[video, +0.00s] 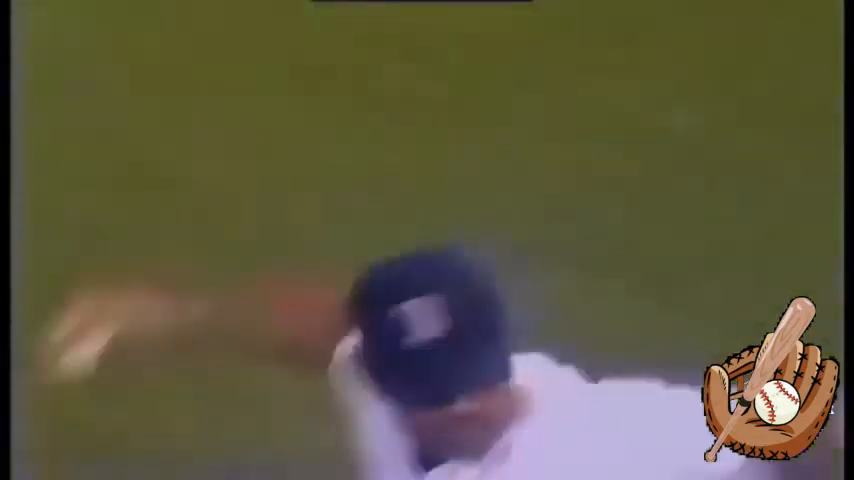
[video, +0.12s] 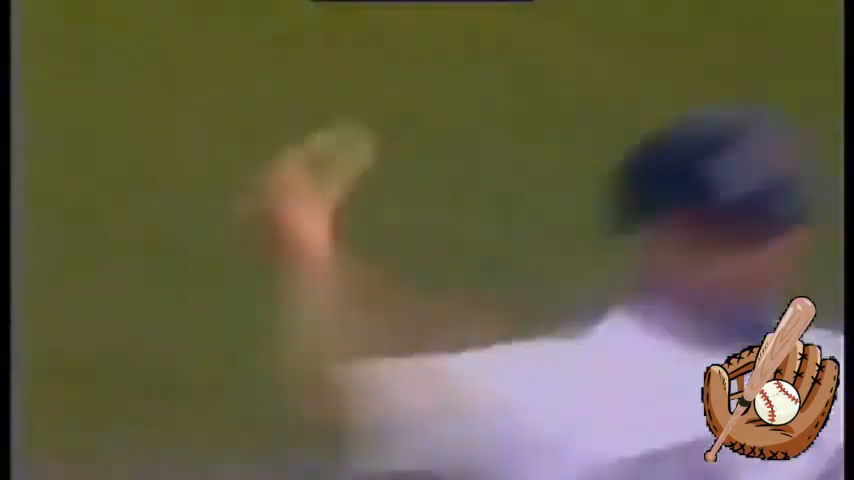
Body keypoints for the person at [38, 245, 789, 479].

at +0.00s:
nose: (456, 408)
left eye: (470, 384)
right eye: (430, 394)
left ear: (502, 361)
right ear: (387, 379)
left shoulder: (613, 442)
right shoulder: (384, 381)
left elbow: (773, 446)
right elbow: (339, 316)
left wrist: (805, 429)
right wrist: (174, 315)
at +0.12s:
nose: (734, 262)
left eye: (757, 236)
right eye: (710, 237)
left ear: (796, 244)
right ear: (661, 241)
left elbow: (325, 385)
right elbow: (325, 389)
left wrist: (304, 240)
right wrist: (308, 244)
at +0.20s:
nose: (822, 198)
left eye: (820, 176)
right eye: (805, 174)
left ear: (713, 181)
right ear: (721, 180)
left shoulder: (605, 243)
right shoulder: (676, 274)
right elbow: (828, 363)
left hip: (388, 459)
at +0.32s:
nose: (681, 164)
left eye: (680, 142)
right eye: (666, 142)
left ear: (553, 136)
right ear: (596, 148)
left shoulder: (374, 178)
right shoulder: (619, 329)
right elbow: (547, 464)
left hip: (157, 449)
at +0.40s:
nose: (559, 154)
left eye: (559, 132)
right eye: (544, 132)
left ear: (430, 124)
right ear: (480, 138)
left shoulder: (252, 173)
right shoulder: (514, 293)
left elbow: (148, 336)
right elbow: (408, 456)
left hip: (71, 448)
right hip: (269, 461)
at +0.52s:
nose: (394, 92)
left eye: (392, 74)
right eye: (379, 74)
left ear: (272, 79)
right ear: (306, 84)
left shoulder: (141, 150)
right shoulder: (340, 209)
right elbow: (469, 396)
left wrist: (357, 236)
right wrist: (602, 464)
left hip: (21, 443)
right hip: (126, 470)